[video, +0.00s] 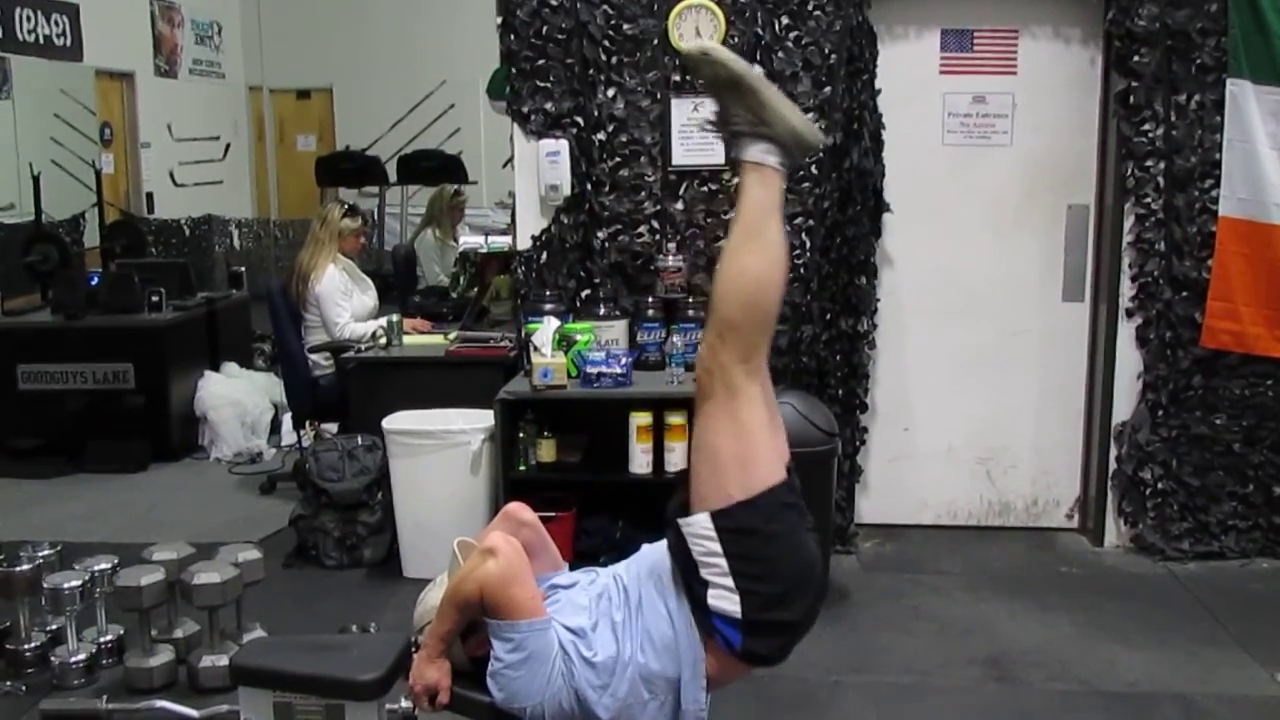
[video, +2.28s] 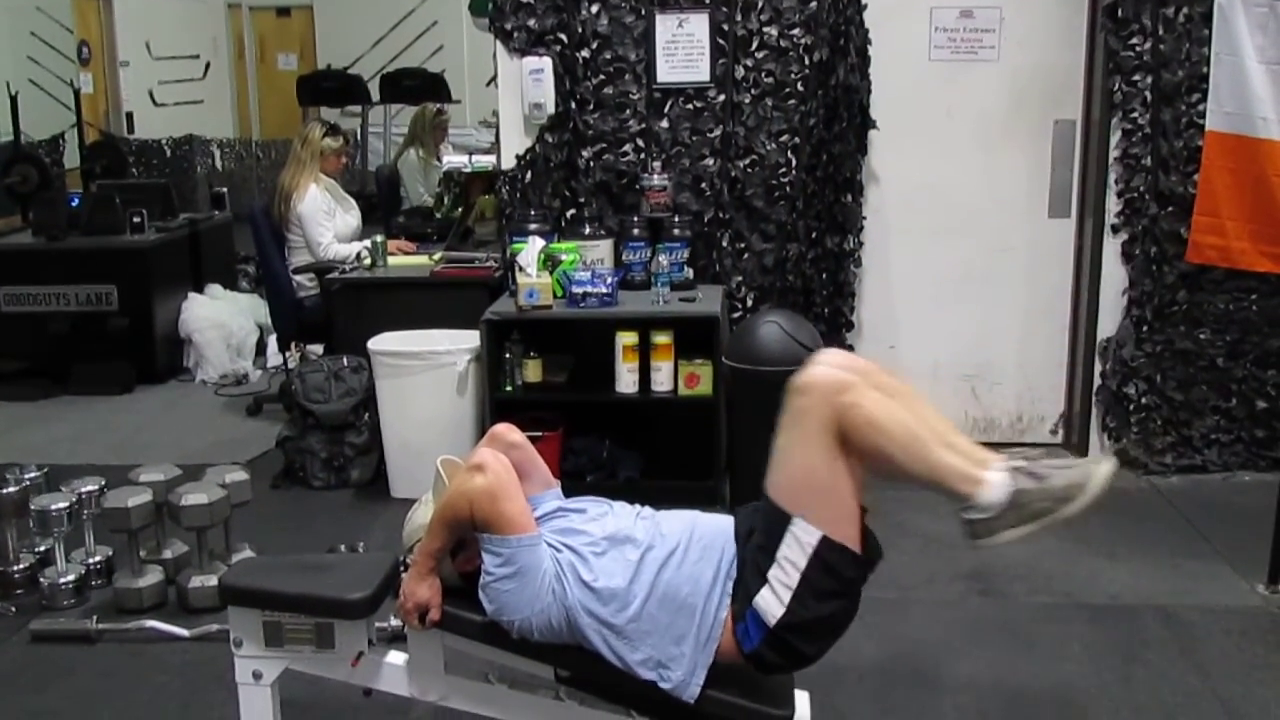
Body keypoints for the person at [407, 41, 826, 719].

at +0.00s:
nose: (479, 559)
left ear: (479, 629)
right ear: (479, 635)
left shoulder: (563, 607)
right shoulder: (530, 675)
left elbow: (518, 518)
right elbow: (492, 556)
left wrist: (456, 607)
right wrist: (436, 646)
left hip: (748, 580)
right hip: (742, 595)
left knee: (735, 369)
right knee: (727, 370)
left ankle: (763, 155)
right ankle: (762, 154)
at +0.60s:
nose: (488, 541)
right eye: (479, 551)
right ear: (485, 610)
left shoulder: (559, 608)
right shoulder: (525, 660)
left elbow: (517, 512)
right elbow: (489, 553)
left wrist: (465, 586)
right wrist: (434, 637)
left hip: (747, 595)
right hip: (757, 611)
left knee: (789, 382)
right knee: (793, 380)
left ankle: (871, 183)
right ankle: (873, 180)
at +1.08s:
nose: (492, 511)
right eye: (478, 511)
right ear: (481, 554)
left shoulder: (547, 565)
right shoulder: (523, 619)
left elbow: (505, 476)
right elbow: (479, 514)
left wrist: (440, 579)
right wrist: (430, 593)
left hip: (734, 550)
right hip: (753, 586)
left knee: (851, 369)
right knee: (854, 374)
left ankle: (984, 200)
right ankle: (995, 206)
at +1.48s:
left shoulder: (542, 551)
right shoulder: (514, 596)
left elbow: (505, 456)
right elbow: (470, 486)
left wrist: (435, 561)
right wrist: (425, 577)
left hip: (738, 540)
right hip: (754, 589)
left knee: (906, 395)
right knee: (907, 403)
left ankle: (1072, 267)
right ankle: (1084, 275)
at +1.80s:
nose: (511, 464)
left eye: (512, 458)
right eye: (493, 466)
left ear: (509, 501)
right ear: (478, 513)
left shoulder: (549, 537)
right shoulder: (512, 589)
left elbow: (506, 444)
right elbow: (469, 482)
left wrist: (435, 548)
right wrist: (425, 566)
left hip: (757, 533)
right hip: (760, 596)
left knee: (913, 394)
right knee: (908, 407)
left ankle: (1119, 346)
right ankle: (1125, 360)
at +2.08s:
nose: (520, 460)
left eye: (519, 453)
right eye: (503, 463)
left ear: (515, 489)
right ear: (485, 509)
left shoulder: (555, 528)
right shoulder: (518, 587)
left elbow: (505, 438)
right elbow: (471, 475)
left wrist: (443, 531)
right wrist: (424, 564)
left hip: (760, 550)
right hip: (759, 601)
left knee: (887, 380)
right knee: (877, 387)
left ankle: (1072, 449)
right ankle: (1070, 458)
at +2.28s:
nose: (521, 452)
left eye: (520, 448)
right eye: (502, 457)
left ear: (523, 484)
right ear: (487, 502)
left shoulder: (562, 520)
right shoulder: (524, 582)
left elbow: (510, 437)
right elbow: (474, 474)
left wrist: (450, 522)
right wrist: (425, 564)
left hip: (769, 560)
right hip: (765, 605)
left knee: (846, 371)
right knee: (822, 381)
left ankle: (997, 481)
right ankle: (992, 487)